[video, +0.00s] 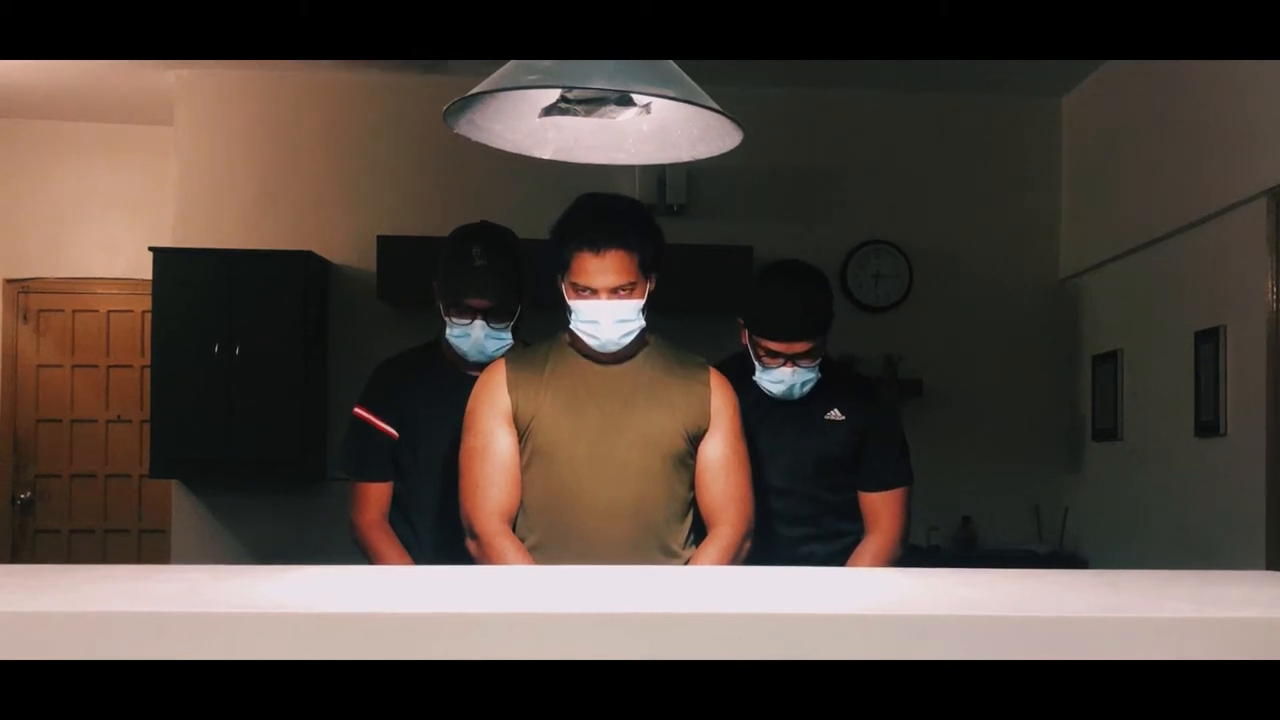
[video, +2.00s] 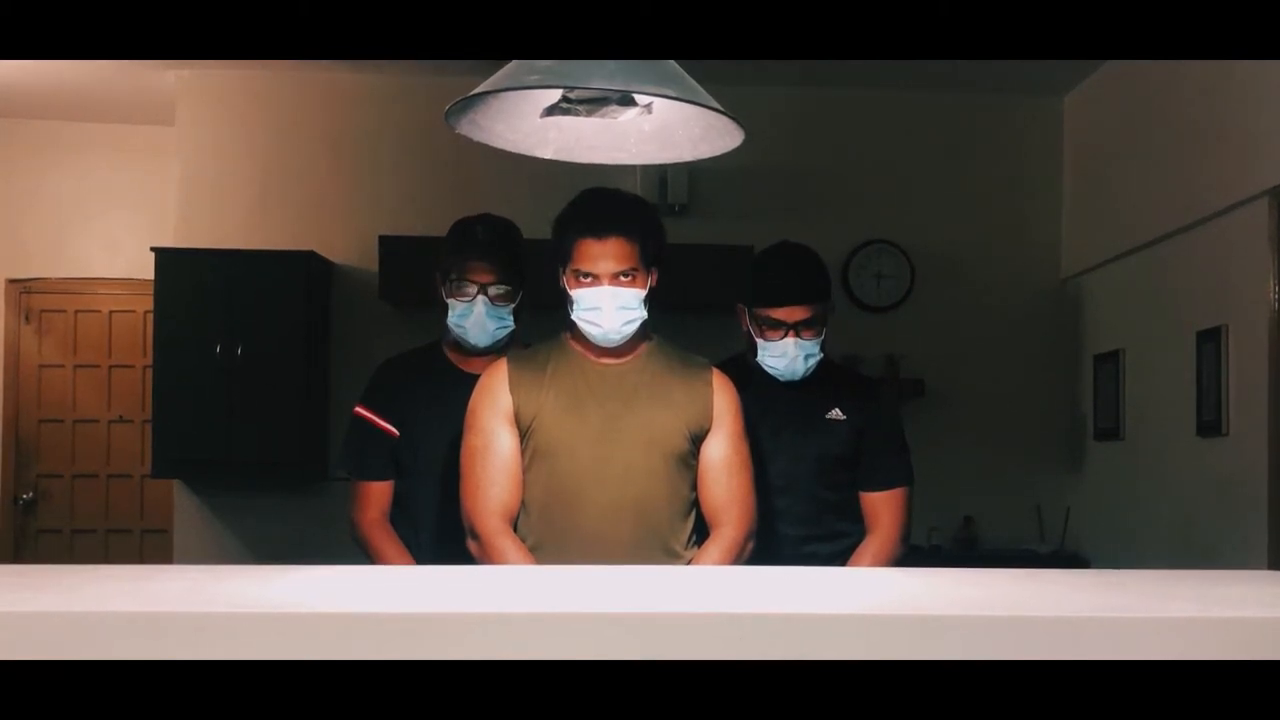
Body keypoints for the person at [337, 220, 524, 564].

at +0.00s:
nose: (479, 332)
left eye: (497, 314)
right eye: (462, 312)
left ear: (518, 308)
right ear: (439, 302)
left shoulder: (534, 382)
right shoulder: (397, 381)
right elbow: (369, 521)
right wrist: (421, 596)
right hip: (423, 585)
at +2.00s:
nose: (480, 309)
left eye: (499, 293)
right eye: (463, 289)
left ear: (518, 297)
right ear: (442, 289)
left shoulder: (538, 385)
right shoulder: (399, 380)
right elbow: (369, 518)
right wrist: (422, 596)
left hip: (515, 592)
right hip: (427, 590)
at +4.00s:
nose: (478, 278)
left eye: (496, 266)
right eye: (463, 262)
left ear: (516, 280)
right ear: (442, 276)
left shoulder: (541, 381)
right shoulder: (397, 379)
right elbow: (368, 519)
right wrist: (422, 600)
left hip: (517, 594)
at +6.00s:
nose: (483, 263)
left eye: (499, 252)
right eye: (468, 250)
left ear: (517, 270)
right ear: (445, 272)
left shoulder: (542, 381)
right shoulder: (398, 379)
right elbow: (370, 518)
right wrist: (421, 598)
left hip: (520, 593)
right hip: (428, 591)